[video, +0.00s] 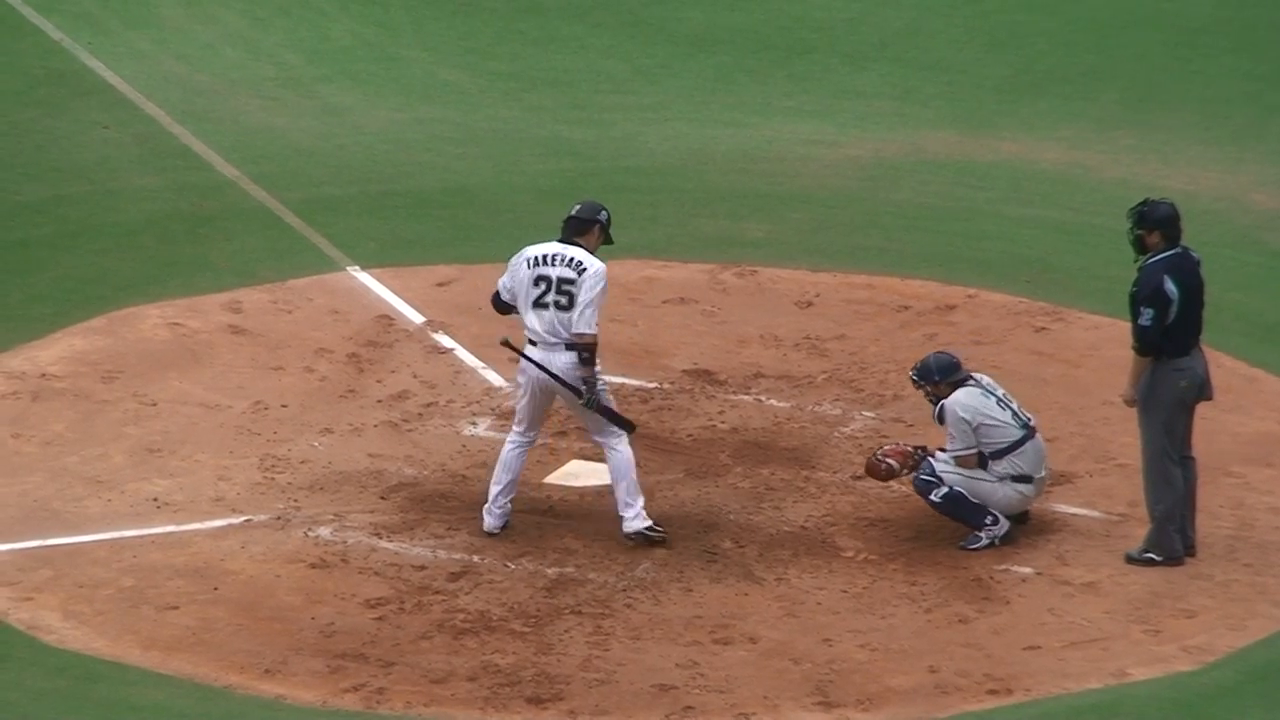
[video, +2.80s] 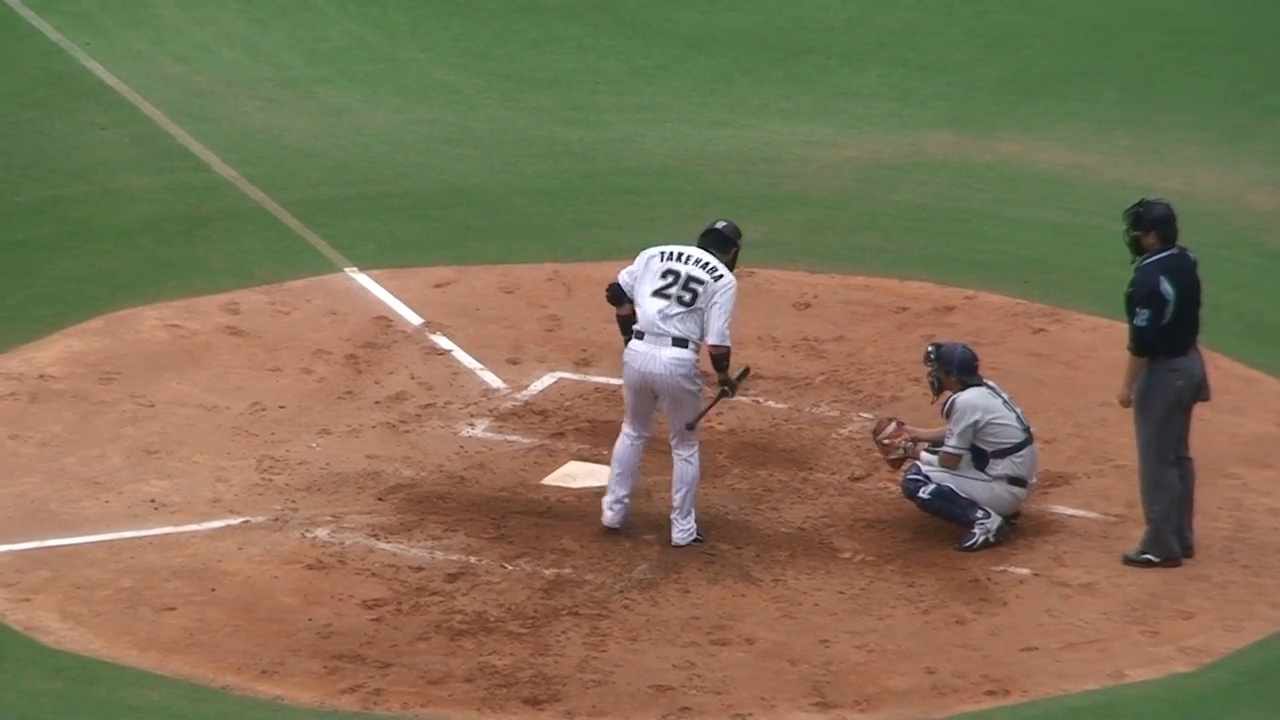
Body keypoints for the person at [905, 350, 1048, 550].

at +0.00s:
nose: (926, 393)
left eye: (927, 387)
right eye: (924, 388)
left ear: (941, 385)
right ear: (957, 374)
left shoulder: (954, 404)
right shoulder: (979, 379)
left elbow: (967, 461)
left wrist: (931, 455)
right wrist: (933, 453)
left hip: (1016, 493)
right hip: (1037, 477)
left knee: (926, 476)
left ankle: (992, 525)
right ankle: (1015, 508)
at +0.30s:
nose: (916, 395)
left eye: (918, 389)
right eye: (914, 389)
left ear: (932, 390)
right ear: (951, 376)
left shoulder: (940, 413)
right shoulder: (980, 379)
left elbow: (958, 468)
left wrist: (925, 458)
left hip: (1010, 496)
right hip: (1037, 477)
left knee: (918, 481)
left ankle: (987, 524)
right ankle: (1013, 510)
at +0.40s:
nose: (914, 395)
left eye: (916, 389)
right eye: (912, 389)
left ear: (931, 391)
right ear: (950, 376)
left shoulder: (938, 414)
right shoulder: (980, 380)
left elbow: (955, 468)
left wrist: (923, 459)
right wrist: (927, 453)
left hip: (1008, 496)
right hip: (1036, 477)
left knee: (916, 481)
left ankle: (986, 524)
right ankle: (1008, 510)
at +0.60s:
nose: (916, 391)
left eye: (919, 386)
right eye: (914, 386)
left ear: (933, 388)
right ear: (952, 376)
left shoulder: (940, 412)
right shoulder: (979, 383)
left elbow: (956, 468)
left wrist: (927, 457)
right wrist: (926, 452)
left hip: (1008, 496)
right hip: (1035, 478)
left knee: (917, 481)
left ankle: (987, 525)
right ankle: (1006, 511)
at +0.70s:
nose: (917, 390)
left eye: (920, 384)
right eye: (916, 384)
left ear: (936, 386)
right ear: (953, 376)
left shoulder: (944, 409)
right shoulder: (978, 383)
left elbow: (961, 465)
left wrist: (927, 457)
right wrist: (925, 452)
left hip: (1009, 494)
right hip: (1031, 479)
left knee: (919, 478)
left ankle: (987, 524)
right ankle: (1004, 511)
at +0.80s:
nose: (921, 389)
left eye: (924, 384)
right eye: (920, 383)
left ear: (940, 385)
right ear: (955, 378)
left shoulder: (951, 406)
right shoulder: (976, 385)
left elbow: (965, 463)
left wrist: (929, 454)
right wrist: (924, 448)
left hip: (1011, 493)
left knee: (924, 476)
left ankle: (990, 524)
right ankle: (1003, 512)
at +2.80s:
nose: (931, 374)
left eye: (936, 369)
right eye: (932, 368)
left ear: (952, 375)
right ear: (964, 373)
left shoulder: (965, 403)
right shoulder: (985, 388)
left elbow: (950, 462)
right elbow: (957, 434)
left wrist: (914, 452)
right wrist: (916, 435)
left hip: (1004, 493)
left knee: (915, 479)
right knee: (929, 455)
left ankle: (984, 520)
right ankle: (1002, 508)